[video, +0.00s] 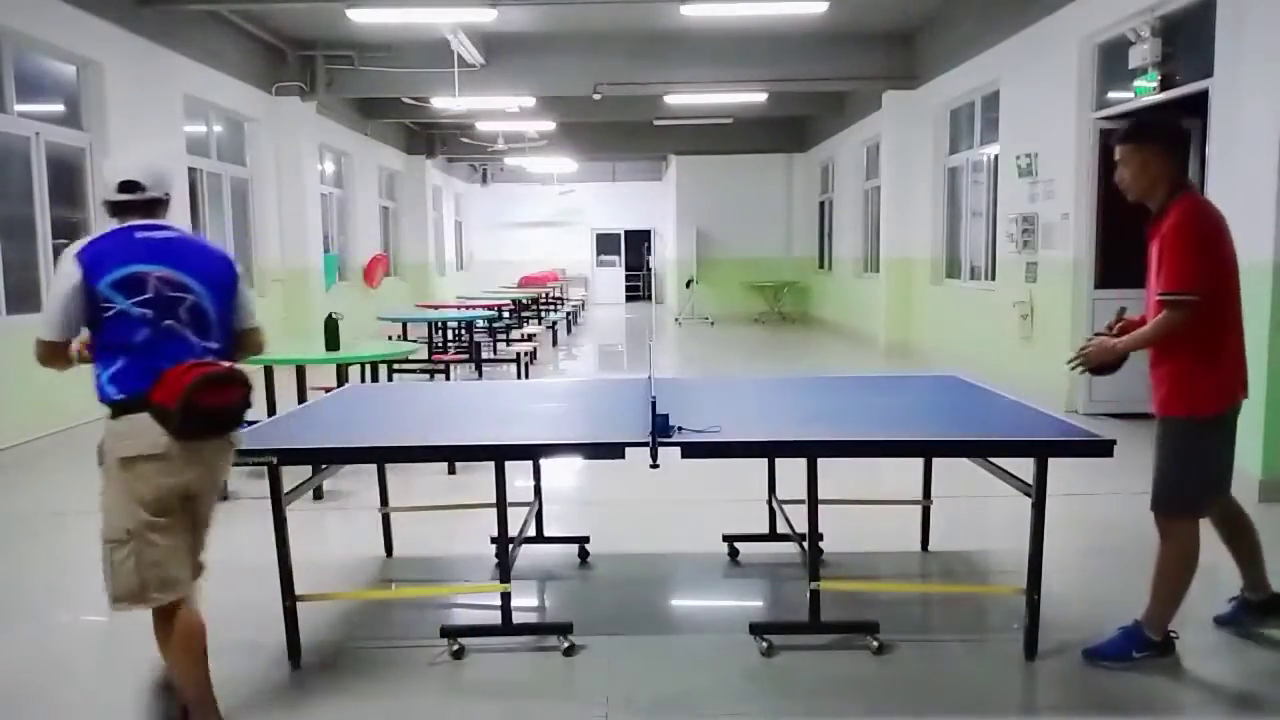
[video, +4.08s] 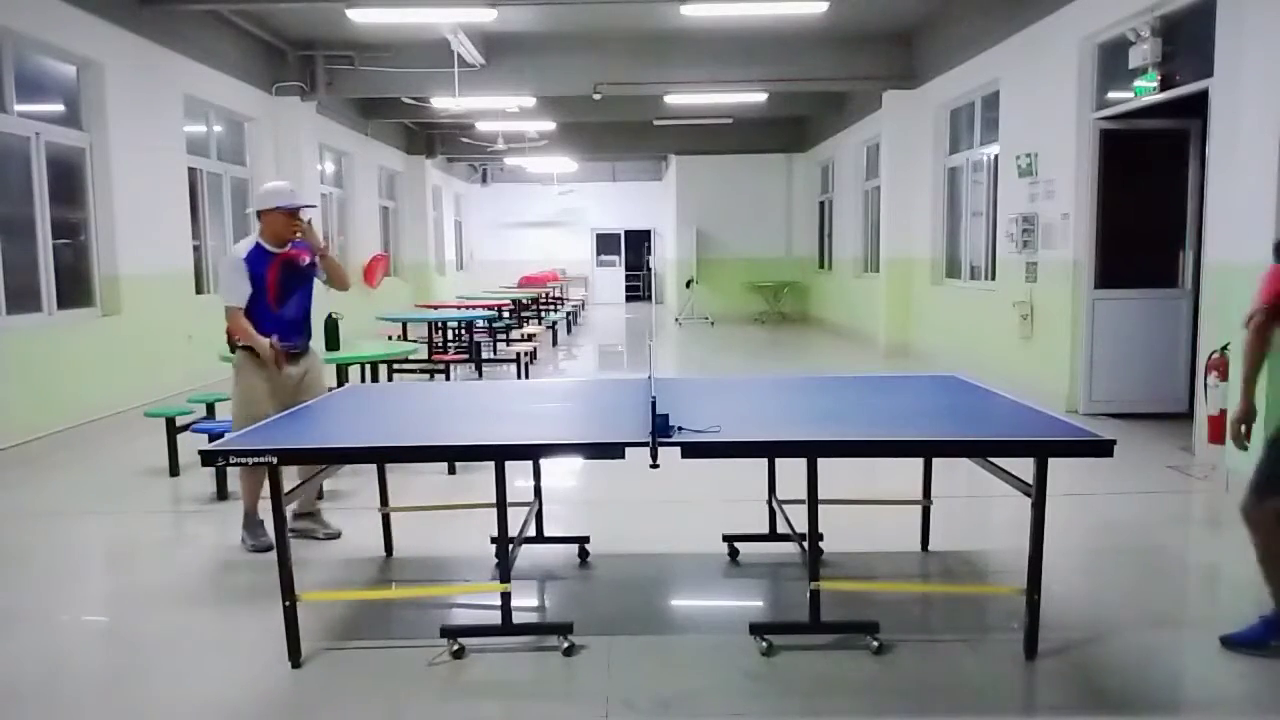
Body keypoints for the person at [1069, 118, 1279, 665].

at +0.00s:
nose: (1116, 176)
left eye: (1123, 163)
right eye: (1115, 164)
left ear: (1157, 159)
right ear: (1152, 162)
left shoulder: (1187, 222)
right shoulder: (1177, 219)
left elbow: (1182, 313)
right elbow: (1175, 302)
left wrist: (1119, 346)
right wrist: (1135, 323)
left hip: (1194, 396)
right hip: (1203, 393)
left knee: (1175, 512)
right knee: (1214, 498)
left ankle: (1153, 631)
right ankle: (1261, 594)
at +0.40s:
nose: (1191, 189)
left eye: (1196, 176)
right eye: (1188, 178)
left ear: (1228, 168)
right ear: (1229, 171)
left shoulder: (1254, 222)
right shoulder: (1241, 220)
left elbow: (1241, 307)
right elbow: (1236, 302)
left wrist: (1178, 318)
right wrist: (1189, 307)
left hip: (1238, 401)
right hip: (1250, 398)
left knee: (1199, 511)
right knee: (1265, 506)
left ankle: (1165, 622)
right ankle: (1273, 610)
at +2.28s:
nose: (1167, 179)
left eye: (1175, 167)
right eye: (1167, 168)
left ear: (1211, 164)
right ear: (1197, 168)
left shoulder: (1245, 223)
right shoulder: (1209, 222)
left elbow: (1264, 316)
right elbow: (1211, 296)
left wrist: (1224, 385)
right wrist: (1173, 285)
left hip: (1232, 391)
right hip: (1211, 387)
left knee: (1199, 501)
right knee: (1218, 502)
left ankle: (1222, 615)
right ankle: (1265, 596)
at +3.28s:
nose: (1136, 203)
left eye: (1140, 190)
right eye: (1133, 193)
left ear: (1170, 179)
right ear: (1170, 182)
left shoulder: (1208, 225)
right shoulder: (1191, 231)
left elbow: (1228, 299)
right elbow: (1213, 302)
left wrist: (1201, 374)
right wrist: (1186, 343)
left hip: (1240, 384)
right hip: (1212, 383)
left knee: (1222, 496)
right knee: (1186, 477)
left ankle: (1277, 607)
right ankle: (1192, 574)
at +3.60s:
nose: (1177, 218)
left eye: (1174, 206)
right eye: (1172, 209)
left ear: (1195, 188)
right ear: (1212, 184)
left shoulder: (1215, 226)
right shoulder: (1265, 218)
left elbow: (1227, 306)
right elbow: (1255, 309)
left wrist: (1205, 378)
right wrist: (1230, 388)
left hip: (1258, 393)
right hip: (1268, 389)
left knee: (1240, 501)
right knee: (1235, 491)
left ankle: (1274, 614)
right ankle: (1269, 590)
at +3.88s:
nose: (1228, 238)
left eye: (1226, 232)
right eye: (1227, 233)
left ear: (1233, 224)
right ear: (1266, 214)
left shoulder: (1241, 241)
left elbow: (1238, 299)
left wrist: (1248, 388)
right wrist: (1243, 373)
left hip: (1272, 404)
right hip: (1272, 403)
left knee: (1242, 506)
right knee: (1250, 506)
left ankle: (1276, 613)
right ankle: (1274, 614)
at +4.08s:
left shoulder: (1274, 273)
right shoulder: (1273, 274)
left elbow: (1261, 323)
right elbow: (1261, 322)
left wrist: (1246, 400)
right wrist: (1247, 400)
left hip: (1279, 428)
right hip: (1277, 427)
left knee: (1260, 509)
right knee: (1259, 509)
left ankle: (1277, 614)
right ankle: (1276, 614)